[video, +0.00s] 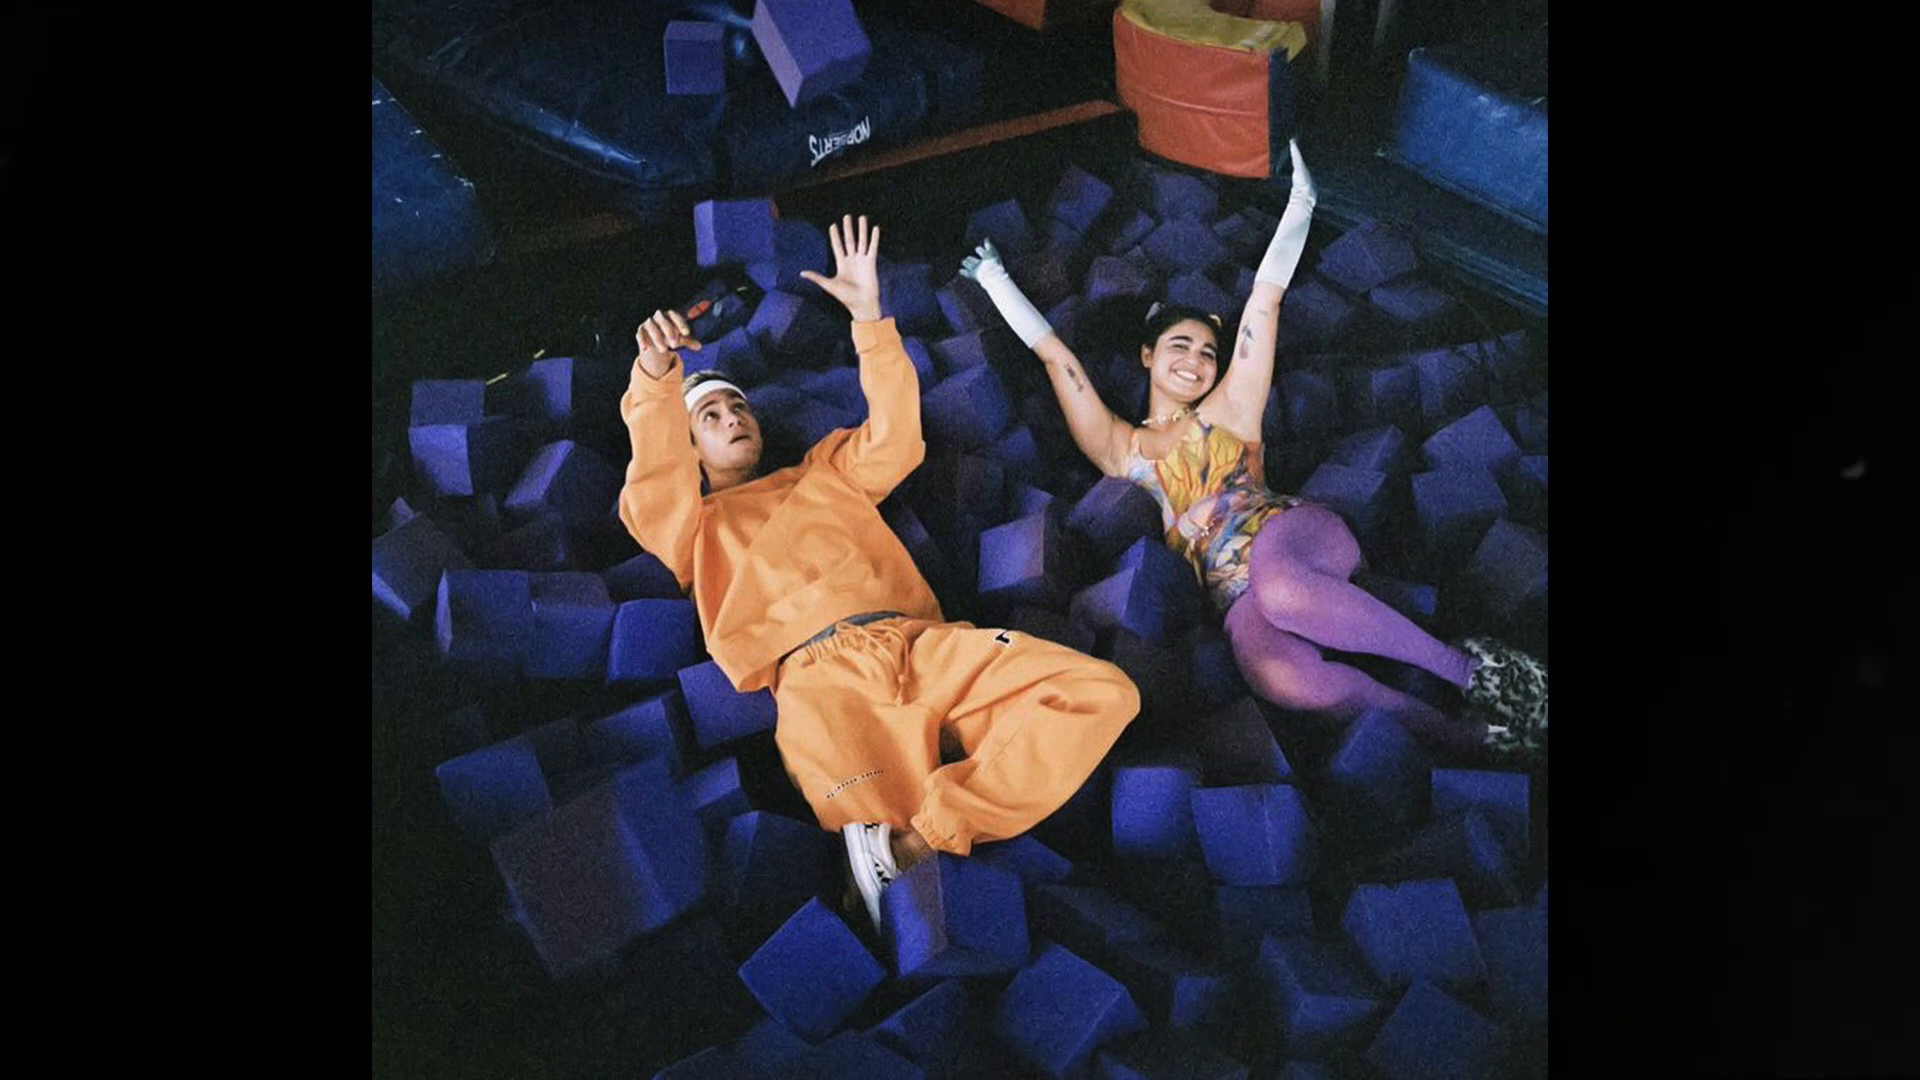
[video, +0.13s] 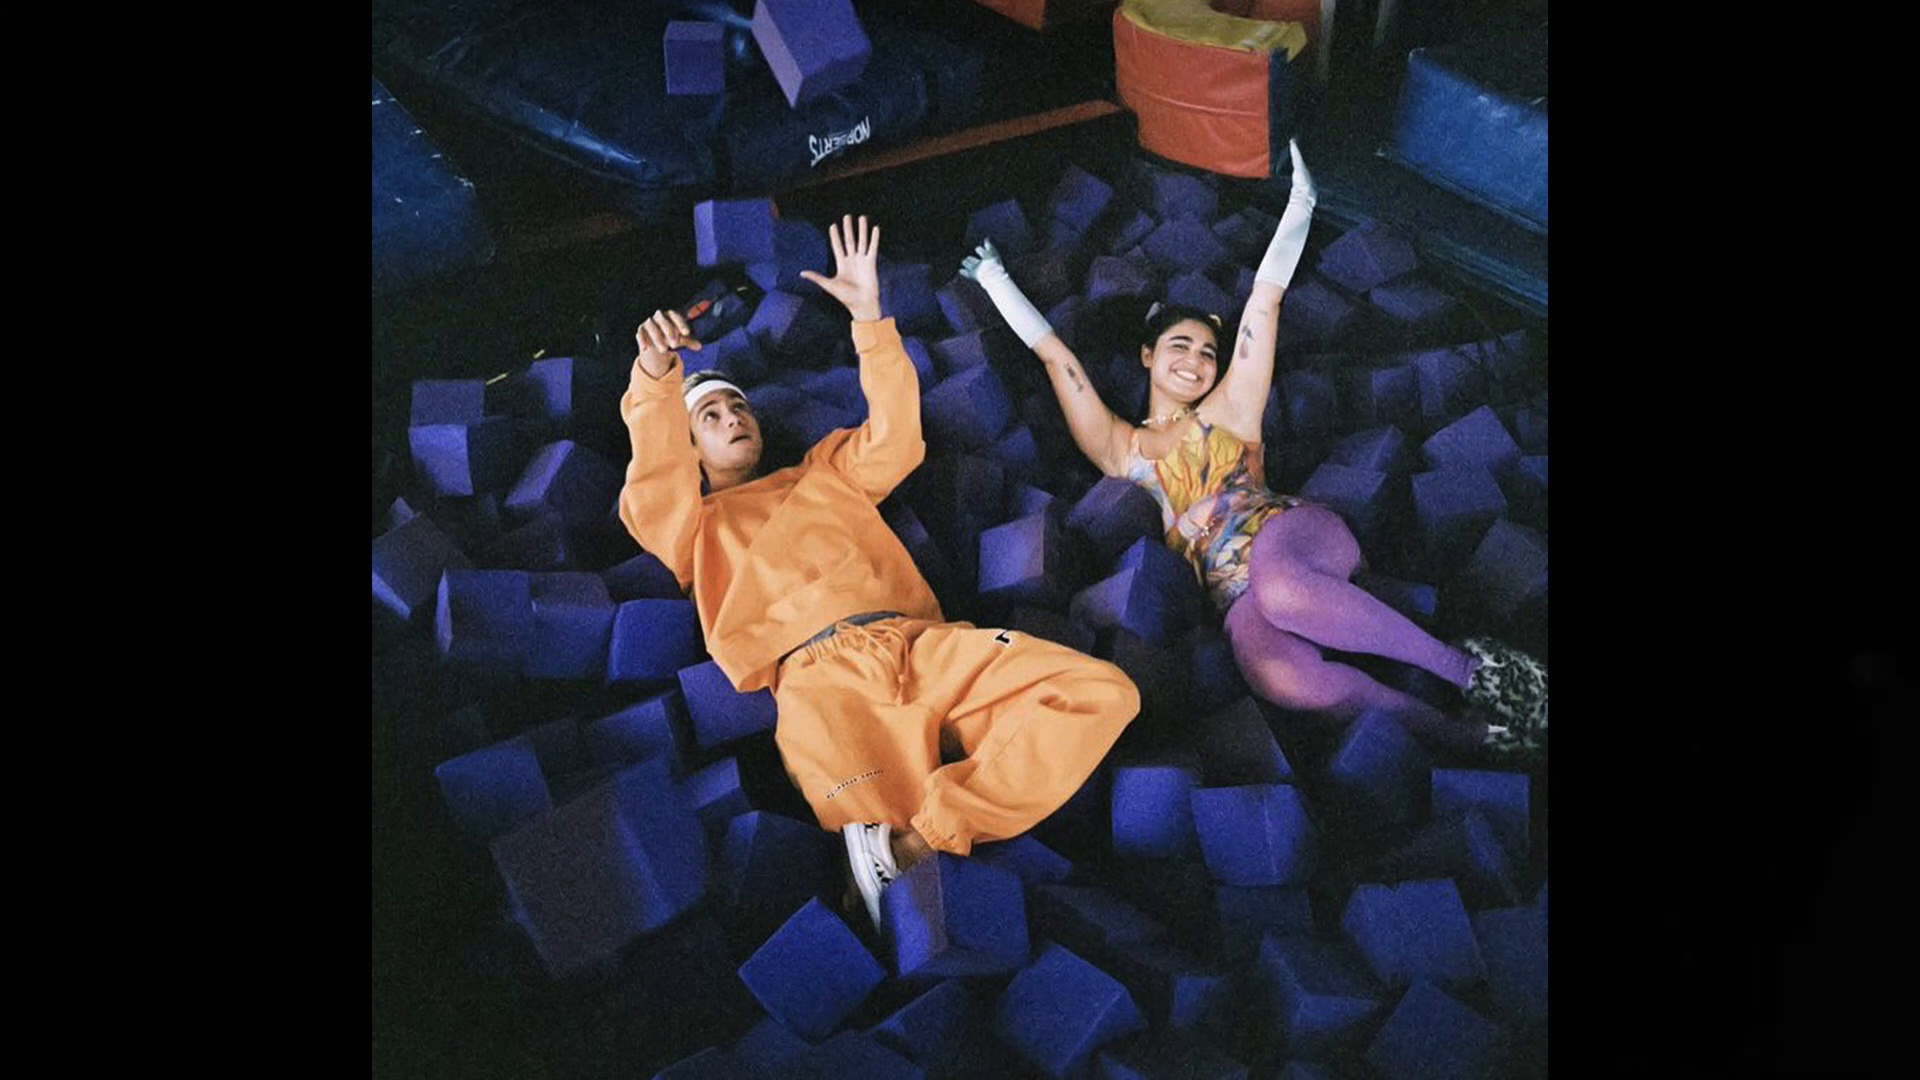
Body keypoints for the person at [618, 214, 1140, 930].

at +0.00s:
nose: (731, 418)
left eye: (738, 407)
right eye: (709, 415)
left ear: (760, 425)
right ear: (688, 448)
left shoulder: (827, 468)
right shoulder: (695, 525)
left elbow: (895, 436)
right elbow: (655, 476)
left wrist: (868, 317)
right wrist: (655, 373)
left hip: (918, 640)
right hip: (820, 672)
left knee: (1094, 693)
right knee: (881, 828)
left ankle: (917, 841)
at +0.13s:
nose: (731, 418)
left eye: (738, 407)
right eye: (709, 415)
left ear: (760, 425)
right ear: (688, 449)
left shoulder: (827, 468)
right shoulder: (696, 525)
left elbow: (895, 436)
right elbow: (655, 477)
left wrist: (868, 317)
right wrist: (655, 373)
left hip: (918, 641)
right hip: (820, 673)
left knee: (1094, 692)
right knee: (883, 831)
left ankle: (917, 841)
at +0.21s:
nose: (731, 418)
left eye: (738, 407)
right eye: (709, 415)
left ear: (760, 425)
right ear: (688, 449)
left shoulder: (827, 468)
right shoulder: (696, 525)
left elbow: (895, 436)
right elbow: (655, 477)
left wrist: (868, 317)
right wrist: (655, 373)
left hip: (918, 641)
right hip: (820, 673)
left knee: (1094, 692)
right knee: (883, 831)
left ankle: (916, 841)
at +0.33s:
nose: (731, 418)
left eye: (738, 407)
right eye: (709, 415)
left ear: (760, 425)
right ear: (688, 449)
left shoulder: (827, 468)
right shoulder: (696, 525)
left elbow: (895, 436)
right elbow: (655, 477)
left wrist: (868, 317)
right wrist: (655, 373)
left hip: (918, 641)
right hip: (820, 673)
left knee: (1094, 692)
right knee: (883, 831)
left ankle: (916, 841)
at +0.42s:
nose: (731, 418)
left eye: (738, 407)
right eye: (709, 415)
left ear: (760, 425)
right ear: (688, 449)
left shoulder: (827, 468)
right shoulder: (696, 525)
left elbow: (895, 436)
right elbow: (655, 477)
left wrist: (868, 317)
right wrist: (655, 373)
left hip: (918, 641)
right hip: (820, 673)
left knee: (1094, 692)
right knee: (883, 831)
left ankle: (916, 841)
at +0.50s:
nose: (731, 418)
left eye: (738, 407)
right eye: (709, 415)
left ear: (760, 425)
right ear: (687, 449)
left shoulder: (827, 468)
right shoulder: (696, 525)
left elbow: (895, 436)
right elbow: (655, 477)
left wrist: (868, 317)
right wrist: (655, 373)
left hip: (917, 640)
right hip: (820, 673)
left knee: (1094, 692)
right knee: (883, 831)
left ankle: (917, 841)